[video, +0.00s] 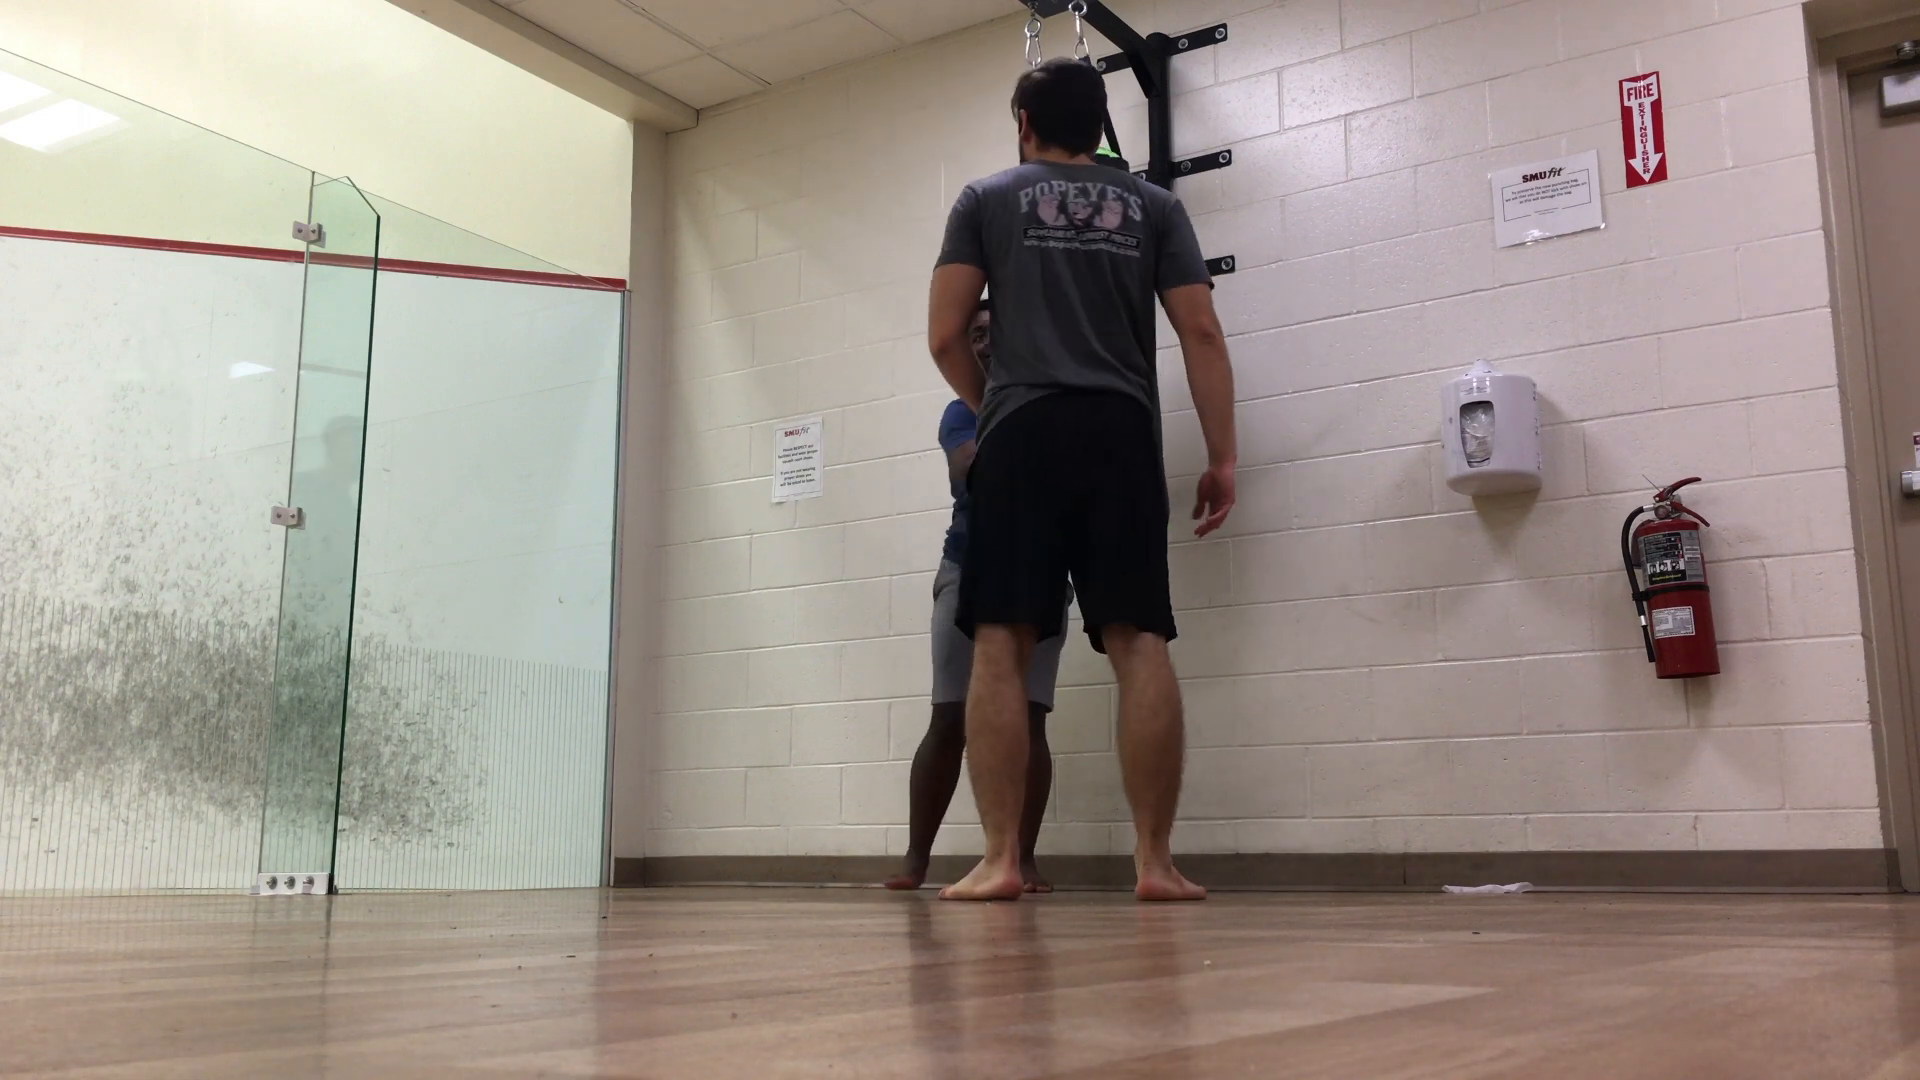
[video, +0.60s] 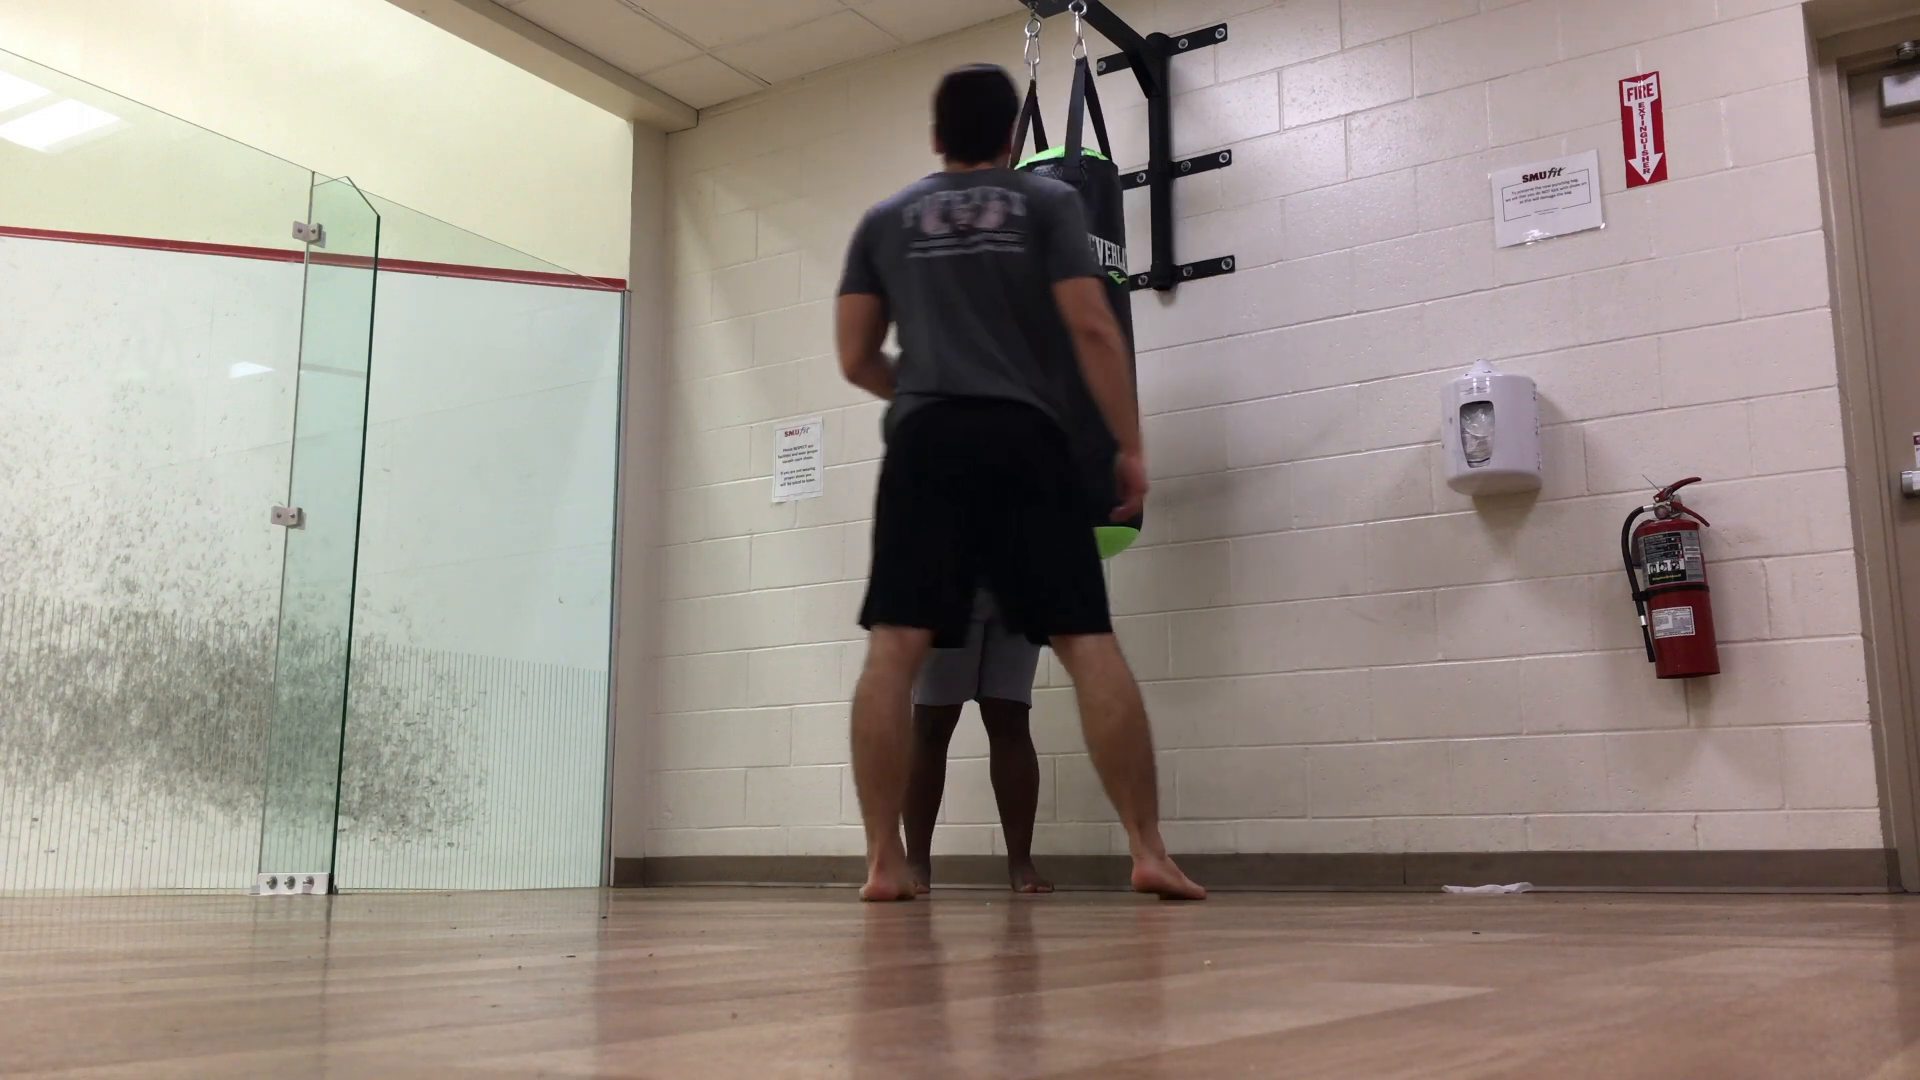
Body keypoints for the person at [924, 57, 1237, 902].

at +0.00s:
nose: (1016, 137)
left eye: (1015, 126)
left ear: (1025, 129)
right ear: (1104, 131)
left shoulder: (986, 199)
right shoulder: (1155, 206)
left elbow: (945, 335)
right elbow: (1201, 332)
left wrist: (992, 412)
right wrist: (1223, 455)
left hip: (1020, 443)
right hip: (1124, 443)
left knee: (999, 646)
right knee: (1140, 642)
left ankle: (1003, 860)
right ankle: (1154, 861)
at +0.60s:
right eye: (1005, 128)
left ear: (933, 137)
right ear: (1013, 135)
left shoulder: (884, 221)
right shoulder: (1049, 203)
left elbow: (855, 360)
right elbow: (1092, 326)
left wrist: (924, 388)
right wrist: (1130, 445)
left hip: (924, 450)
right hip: (1033, 447)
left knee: (894, 644)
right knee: (1090, 646)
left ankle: (885, 861)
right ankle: (1148, 850)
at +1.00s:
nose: (921, 126)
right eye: (919, 115)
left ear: (837, 130)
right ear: (914, 118)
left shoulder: (801, 219)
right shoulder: (921, 166)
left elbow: (794, 368)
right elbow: (943, 281)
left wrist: (793, 487)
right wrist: (991, 407)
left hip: (828, 440)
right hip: (909, 426)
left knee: (854, 642)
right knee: (936, 629)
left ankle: (884, 860)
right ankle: (775, 782)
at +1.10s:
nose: (908, 115)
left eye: (905, 102)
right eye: (906, 101)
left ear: (824, 119)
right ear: (891, 99)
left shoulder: (787, 214)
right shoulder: (894, 156)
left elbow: (768, 354)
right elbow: (920, 273)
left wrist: (760, 481)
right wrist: (985, 404)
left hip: (812, 429)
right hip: (877, 420)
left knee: (852, 646)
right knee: (855, 627)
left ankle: (884, 861)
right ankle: (697, 794)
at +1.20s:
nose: (905, 120)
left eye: (901, 106)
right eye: (901, 104)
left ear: (821, 116)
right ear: (881, 99)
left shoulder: (783, 206)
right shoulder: (868, 153)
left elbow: (753, 346)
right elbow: (898, 282)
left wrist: (748, 475)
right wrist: (995, 396)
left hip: (798, 425)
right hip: (835, 421)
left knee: (890, 631)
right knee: (800, 616)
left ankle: (882, 852)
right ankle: (655, 819)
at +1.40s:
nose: (901, 99)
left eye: (900, 84)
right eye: (901, 81)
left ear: (836, 70)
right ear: (882, 71)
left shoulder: (833, 147)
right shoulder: (823, 115)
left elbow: (832, 271)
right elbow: (830, 236)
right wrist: (931, 324)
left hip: (827, 394)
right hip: (793, 380)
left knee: (879, 597)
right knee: (782, 584)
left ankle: (852, 818)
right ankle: (671, 806)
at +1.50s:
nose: (896, 105)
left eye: (897, 90)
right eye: (897, 87)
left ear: (836, 73)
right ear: (880, 73)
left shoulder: (841, 161)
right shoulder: (812, 119)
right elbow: (798, 229)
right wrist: (902, 319)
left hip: (843, 406)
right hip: (795, 391)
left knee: (859, 611)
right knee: (774, 589)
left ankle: (831, 832)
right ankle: (665, 813)